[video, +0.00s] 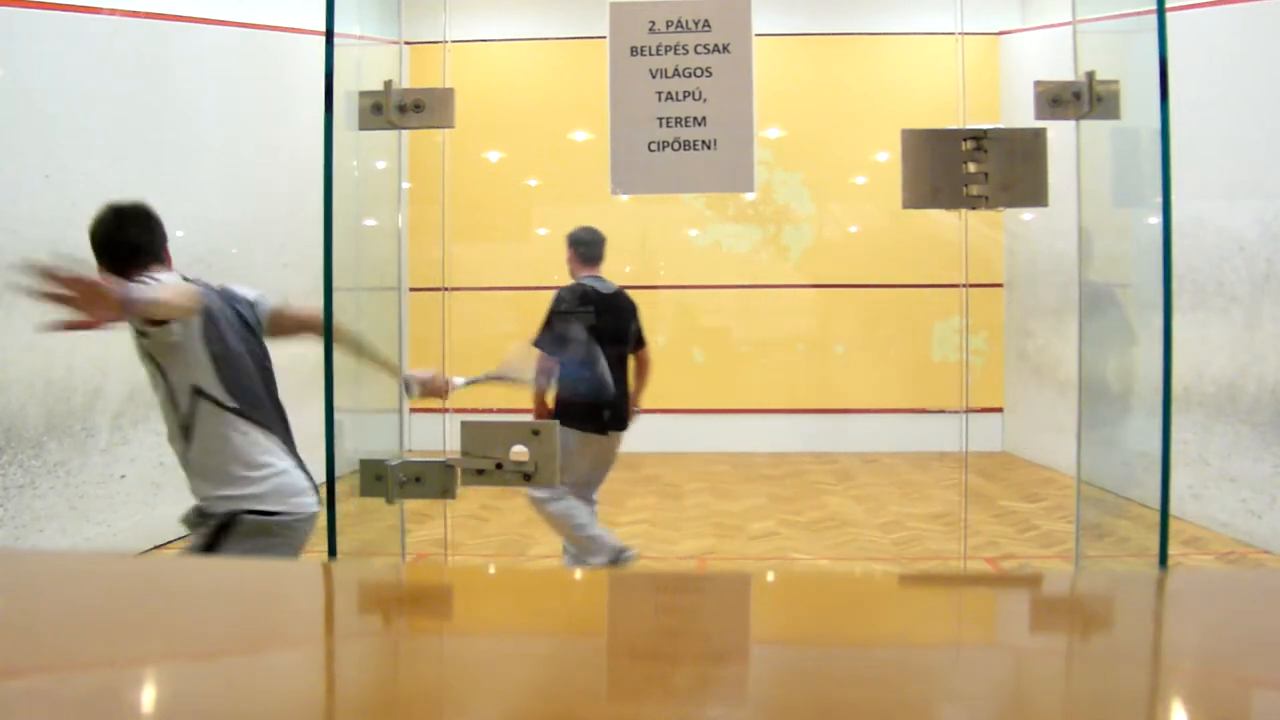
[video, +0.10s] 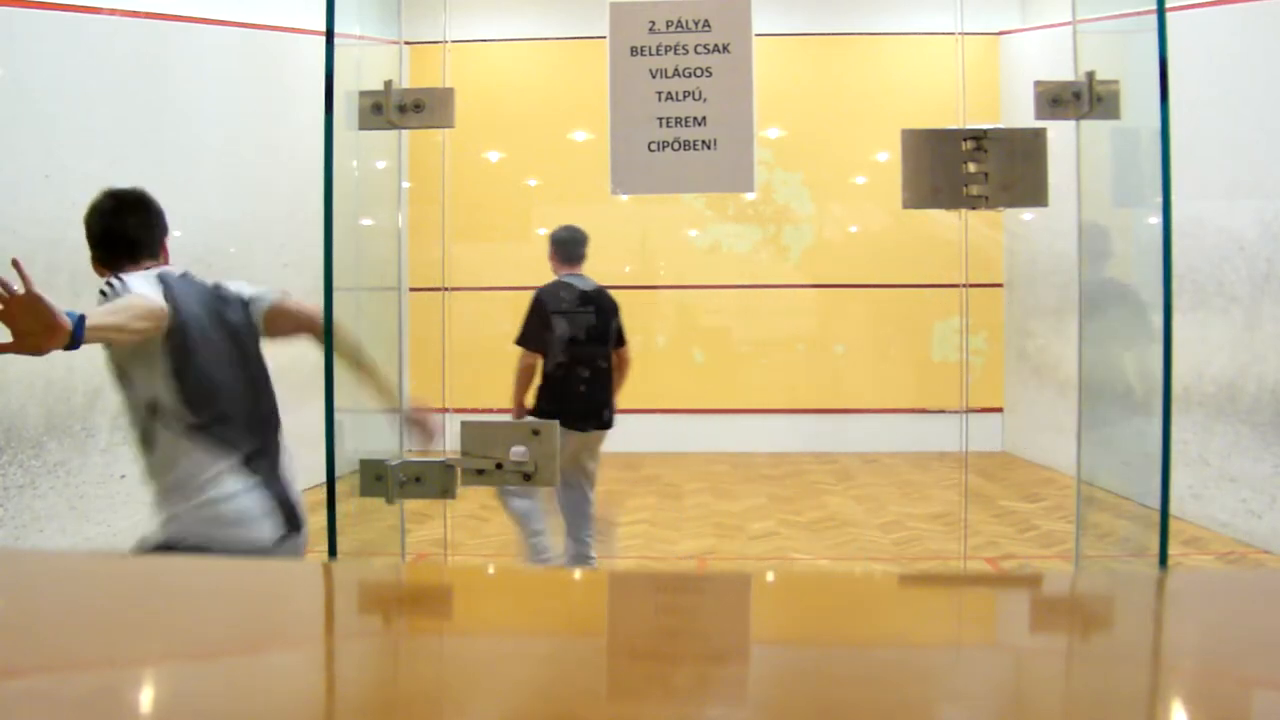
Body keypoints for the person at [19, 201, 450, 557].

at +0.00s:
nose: (119, 283)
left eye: (113, 273)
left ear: (107, 272)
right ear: (170, 247)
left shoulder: (166, 300)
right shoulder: (229, 298)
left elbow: (181, 299)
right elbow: (323, 321)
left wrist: (127, 302)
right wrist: (406, 375)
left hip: (254, 518)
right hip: (283, 510)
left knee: (186, 638)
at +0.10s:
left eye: (98, 263)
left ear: (97, 264)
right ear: (165, 244)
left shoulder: (131, 290)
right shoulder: (219, 295)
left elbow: (150, 315)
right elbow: (314, 318)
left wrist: (68, 328)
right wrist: (397, 403)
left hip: (212, 538)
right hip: (279, 531)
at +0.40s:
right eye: (282, 264)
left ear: (228, 270)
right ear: (284, 276)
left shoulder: (223, 316)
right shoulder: (322, 350)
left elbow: (183, 326)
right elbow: (367, 419)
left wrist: (80, 334)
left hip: (229, 553)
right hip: (310, 556)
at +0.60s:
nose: (383, 245)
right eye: (405, 233)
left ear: (349, 234)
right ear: (406, 239)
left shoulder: (306, 293)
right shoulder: (431, 319)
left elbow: (264, 361)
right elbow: (465, 415)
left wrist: (204, 448)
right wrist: (461, 508)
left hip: (301, 514)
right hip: (390, 520)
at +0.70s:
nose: (447, 247)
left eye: (447, 235)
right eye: (446, 235)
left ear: (388, 231)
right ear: (431, 237)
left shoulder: (334, 290)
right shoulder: (454, 308)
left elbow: (303, 370)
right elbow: (485, 415)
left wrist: (264, 463)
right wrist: (485, 501)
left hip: (331, 492)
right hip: (414, 493)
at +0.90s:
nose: (508, 265)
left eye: (505, 253)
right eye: (502, 254)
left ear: (447, 259)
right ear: (476, 259)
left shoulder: (400, 314)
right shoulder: (500, 322)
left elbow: (340, 397)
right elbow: (521, 421)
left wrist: (305, 466)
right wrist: (524, 493)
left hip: (398, 495)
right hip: (456, 499)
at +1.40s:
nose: (596, 275)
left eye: (594, 266)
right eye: (587, 266)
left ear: (558, 273)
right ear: (559, 272)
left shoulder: (512, 315)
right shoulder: (578, 322)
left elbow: (507, 390)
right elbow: (582, 396)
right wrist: (598, 470)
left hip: (509, 463)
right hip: (563, 466)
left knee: (500, 571)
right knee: (590, 563)